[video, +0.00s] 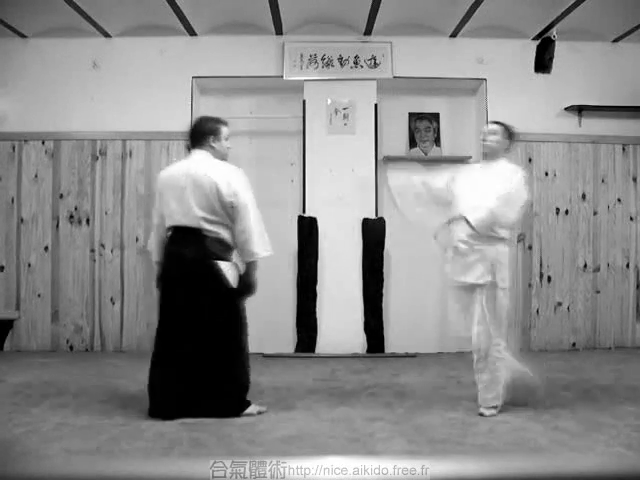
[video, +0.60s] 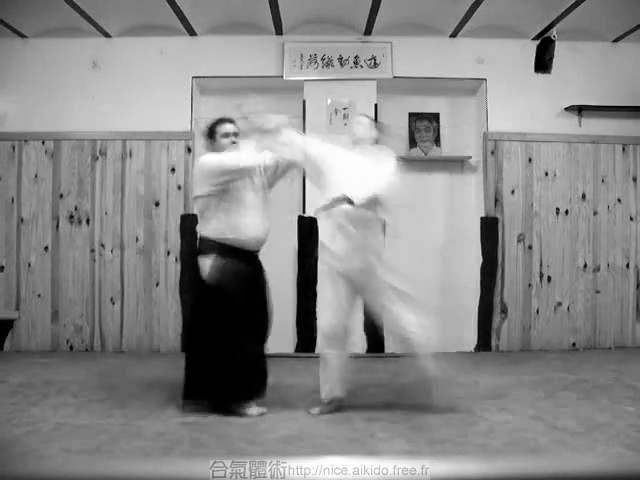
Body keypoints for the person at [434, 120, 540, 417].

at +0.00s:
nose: (487, 139)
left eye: (494, 135)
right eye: (484, 134)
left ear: (507, 142)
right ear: (480, 140)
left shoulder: (514, 175)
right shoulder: (465, 173)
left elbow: (508, 214)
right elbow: (432, 187)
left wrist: (469, 222)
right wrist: (396, 182)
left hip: (494, 256)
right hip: (462, 254)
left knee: (488, 331)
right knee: (471, 329)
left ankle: (489, 400)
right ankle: (519, 378)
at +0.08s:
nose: (471, 139)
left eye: (478, 134)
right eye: (469, 134)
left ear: (492, 140)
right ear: (466, 140)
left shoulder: (498, 172)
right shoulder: (453, 170)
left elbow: (485, 210)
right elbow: (421, 159)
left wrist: (448, 204)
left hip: (478, 256)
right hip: (447, 255)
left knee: (483, 328)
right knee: (434, 324)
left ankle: (491, 400)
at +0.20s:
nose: (454, 140)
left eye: (461, 135)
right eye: (451, 135)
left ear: (476, 142)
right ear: (445, 141)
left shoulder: (483, 173)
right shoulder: (436, 167)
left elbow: (453, 195)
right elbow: (412, 152)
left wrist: (421, 194)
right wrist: (413, 129)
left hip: (462, 259)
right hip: (431, 258)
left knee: (477, 333)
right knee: (402, 326)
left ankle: (493, 397)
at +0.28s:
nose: (436, 143)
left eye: (443, 138)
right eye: (435, 138)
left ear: (458, 145)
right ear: (432, 144)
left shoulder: (466, 177)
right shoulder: (422, 171)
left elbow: (423, 189)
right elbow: (386, 153)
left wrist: (400, 163)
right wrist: (419, 139)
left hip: (454, 259)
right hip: (419, 257)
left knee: (463, 330)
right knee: (380, 322)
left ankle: (491, 397)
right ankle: (373, 390)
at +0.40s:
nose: (410, 149)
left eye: (416, 144)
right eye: (407, 144)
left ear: (426, 149)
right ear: (401, 148)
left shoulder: (431, 176)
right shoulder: (397, 175)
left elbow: (398, 188)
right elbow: (372, 180)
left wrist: (368, 168)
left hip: (425, 266)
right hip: (397, 266)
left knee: (451, 333)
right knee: (359, 328)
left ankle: (487, 395)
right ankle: (341, 392)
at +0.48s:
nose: (379, 141)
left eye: (386, 136)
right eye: (376, 135)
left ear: (399, 145)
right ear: (372, 141)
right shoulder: (357, 172)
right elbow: (326, 155)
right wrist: (303, 132)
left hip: (400, 282)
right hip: (362, 280)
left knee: (439, 337)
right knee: (343, 334)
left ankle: (481, 397)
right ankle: (334, 398)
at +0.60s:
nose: (359, 132)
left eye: (365, 128)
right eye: (354, 127)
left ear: (375, 133)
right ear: (348, 132)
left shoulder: (383, 156)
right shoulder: (331, 153)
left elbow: (384, 185)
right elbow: (298, 142)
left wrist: (348, 198)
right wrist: (273, 129)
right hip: (330, 233)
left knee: (387, 307)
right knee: (331, 320)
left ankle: (428, 371)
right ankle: (332, 395)